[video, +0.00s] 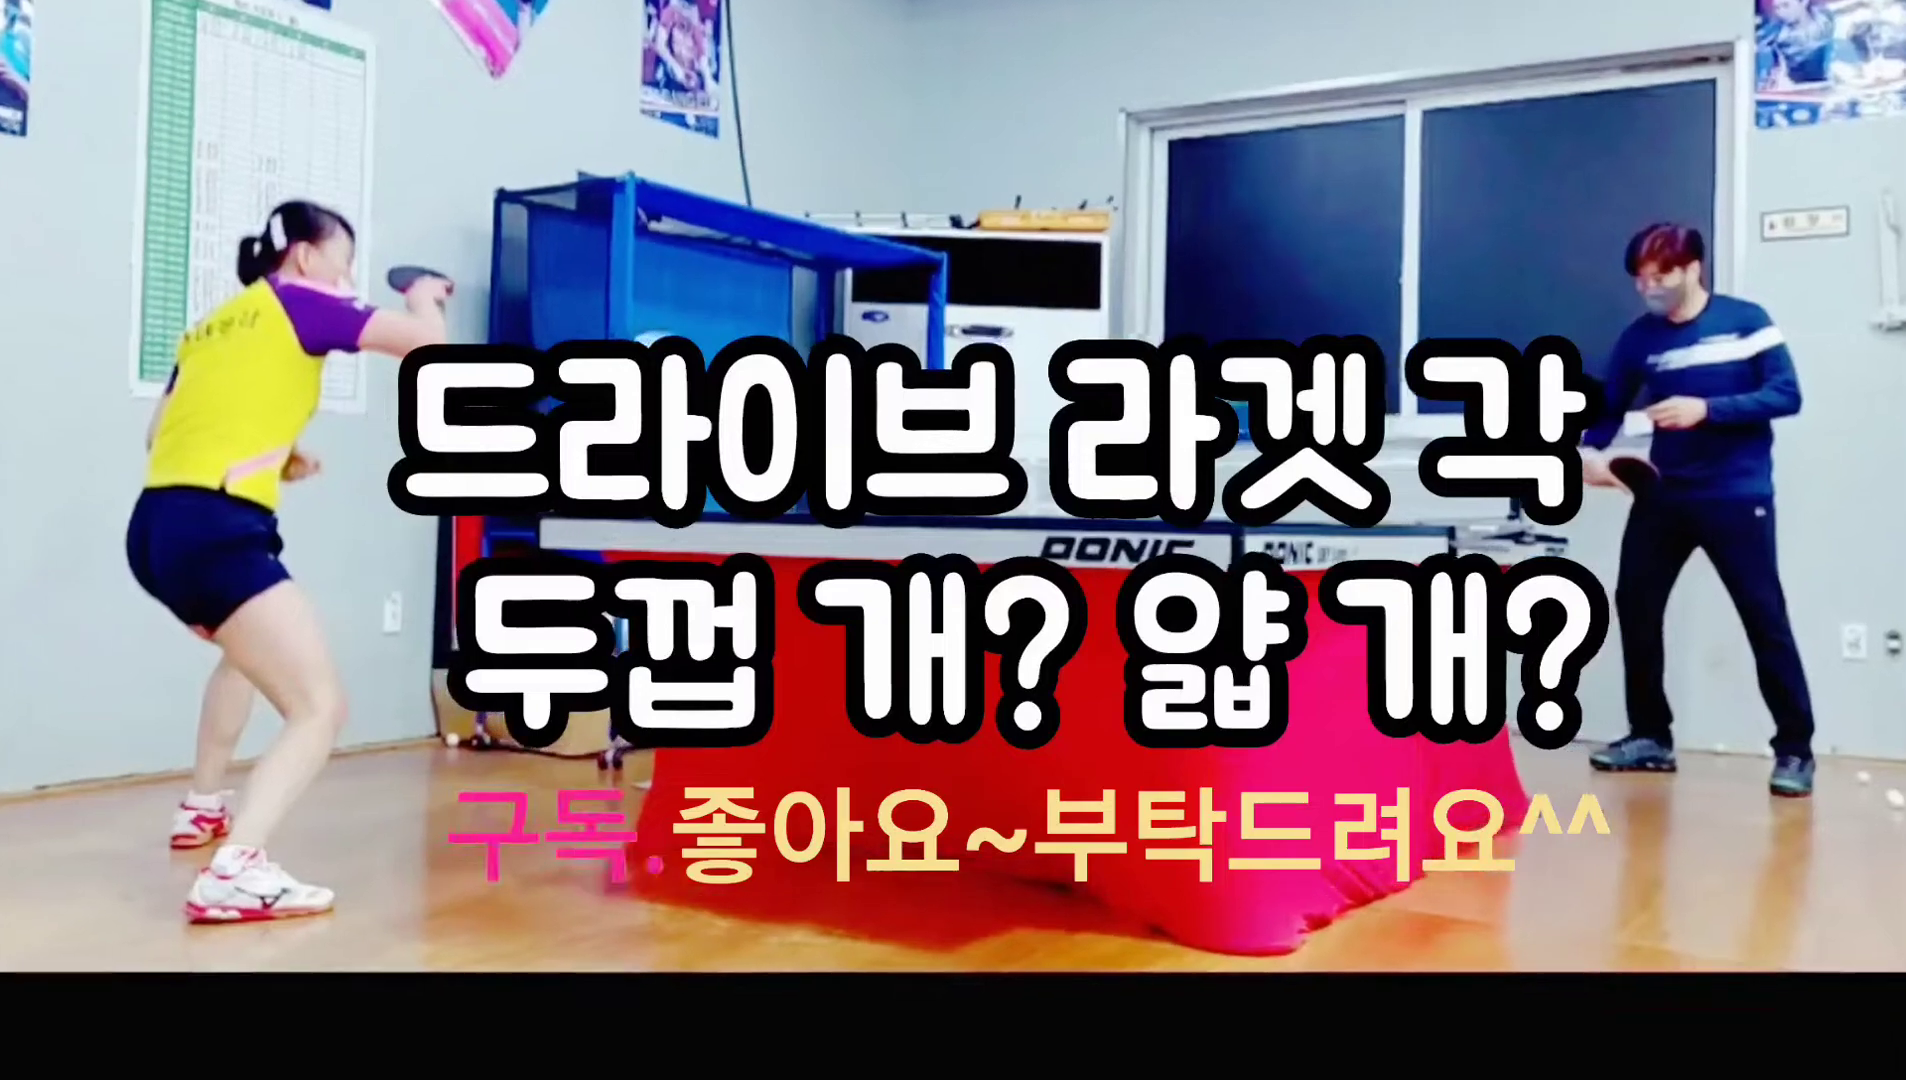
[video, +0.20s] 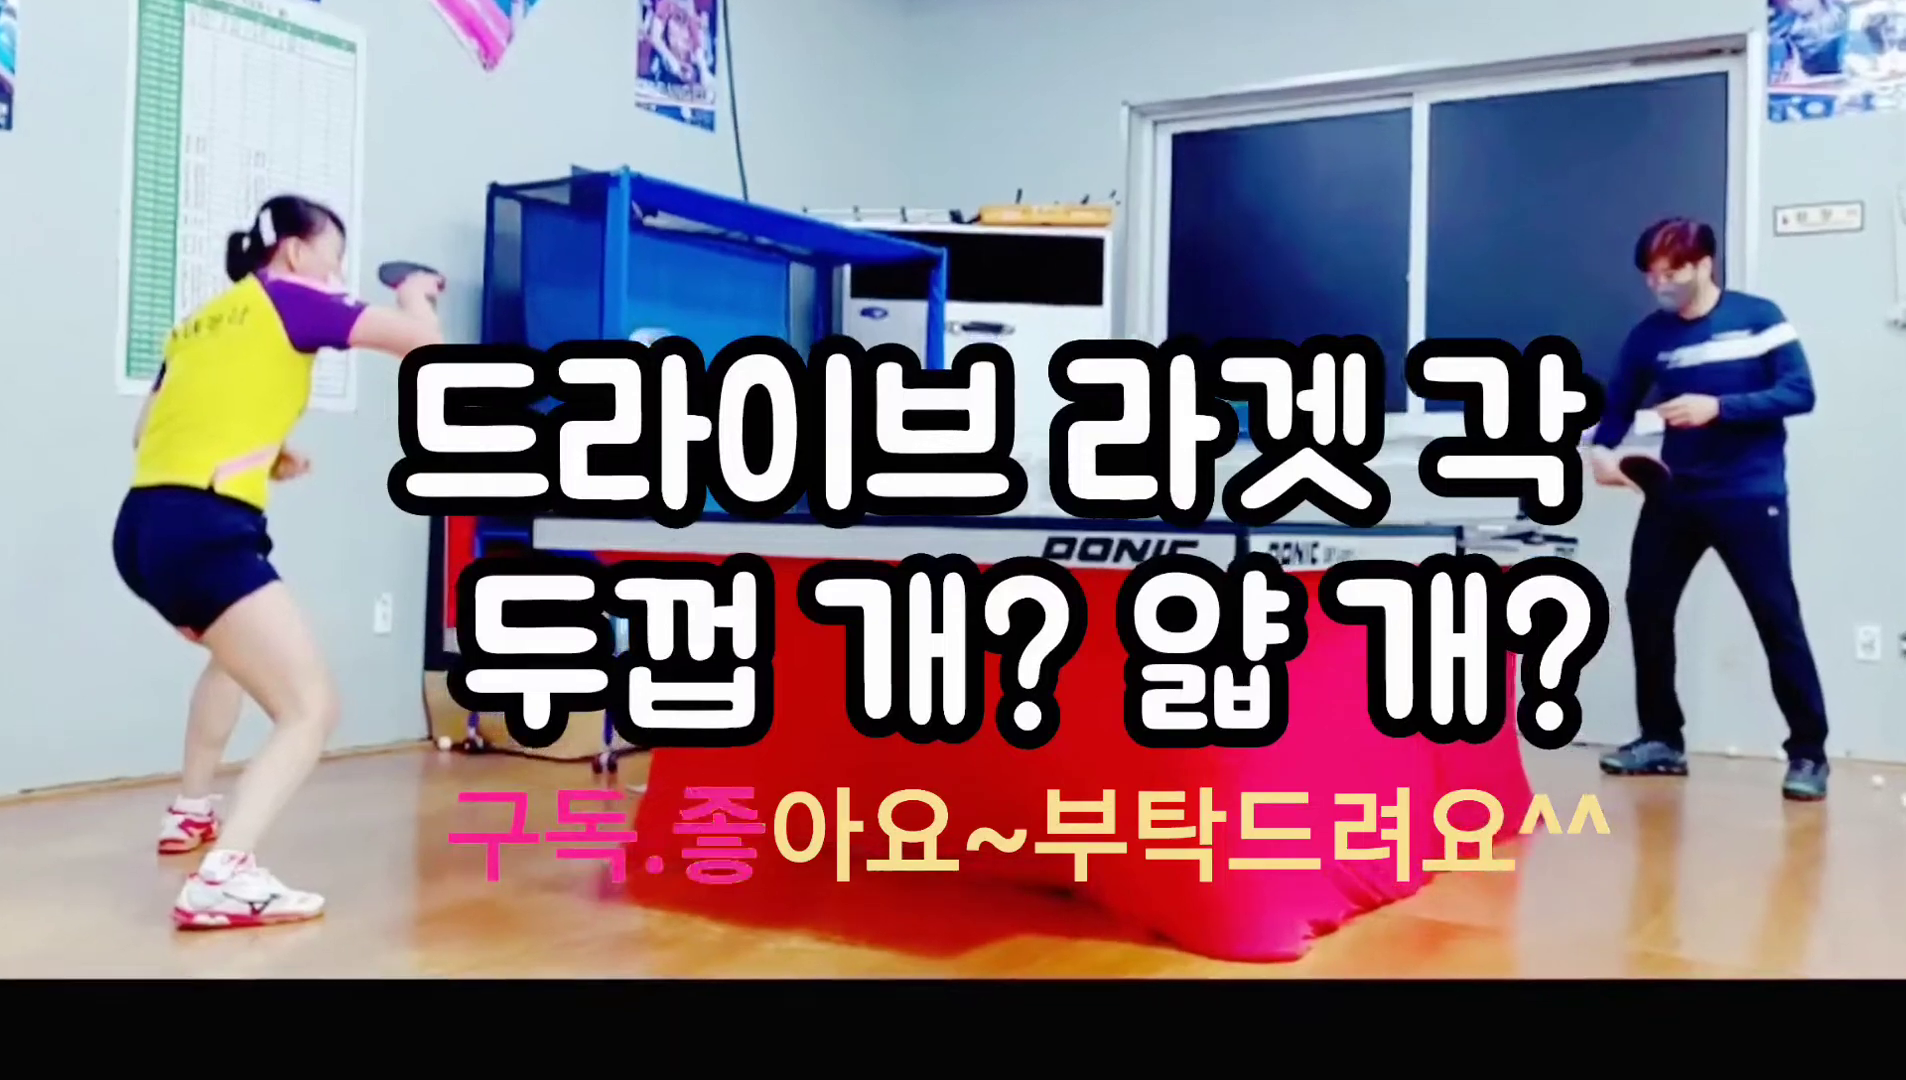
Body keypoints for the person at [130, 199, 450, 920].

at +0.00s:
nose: (347, 275)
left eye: (349, 263)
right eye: (342, 259)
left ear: (280, 257)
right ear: (302, 252)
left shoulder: (210, 326)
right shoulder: (299, 302)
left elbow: (164, 440)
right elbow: (425, 341)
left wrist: (273, 463)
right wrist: (425, 301)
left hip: (154, 527)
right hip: (217, 526)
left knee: (245, 651)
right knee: (319, 707)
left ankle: (204, 803)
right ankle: (237, 867)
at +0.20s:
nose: (337, 272)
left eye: (340, 259)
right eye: (332, 256)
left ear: (270, 252)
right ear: (290, 247)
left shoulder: (199, 322)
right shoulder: (290, 299)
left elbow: (153, 437)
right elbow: (421, 340)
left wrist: (262, 460)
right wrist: (414, 296)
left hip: (141, 527)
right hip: (205, 527)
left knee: (234, 654)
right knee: (310, 708)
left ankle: (192, 809)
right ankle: (226, 873)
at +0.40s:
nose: (327, 267)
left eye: (330, 254)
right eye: (323, 250)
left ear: (260, 246)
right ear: (282, 241)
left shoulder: (188, 318)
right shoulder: (279, 295)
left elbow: (141, 435)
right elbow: (415, 338)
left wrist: (252, 458)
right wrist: (406, 293)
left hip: (128, 527)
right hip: (194, 528)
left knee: (224, 655)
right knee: (298, 712)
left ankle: (180, 813)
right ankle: (215, 877)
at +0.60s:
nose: (319, 262)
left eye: (321, 249)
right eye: (314, 245)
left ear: (249, 241)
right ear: (271, 237)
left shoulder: (177, 314)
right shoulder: (268, 291)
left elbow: (133, 431)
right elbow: (405, 336)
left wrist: (242, 458)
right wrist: (397, 290)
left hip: (116, 527)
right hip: (182, 527)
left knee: (211, 657)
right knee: (289, 716)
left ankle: (168, 816)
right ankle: (203, 883)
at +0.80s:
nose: (310, 256)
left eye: (312, 242)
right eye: (305, 239)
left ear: (239, 238)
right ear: (261, 233)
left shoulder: (164, 310)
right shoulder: (259, 288)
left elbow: (117, 428)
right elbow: (395, 330)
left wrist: (230, 454)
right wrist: (391, 285)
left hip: (102, 526)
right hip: (170, 525)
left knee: (200, 660)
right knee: (279, 718)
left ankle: (157, 821)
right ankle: (192, 888)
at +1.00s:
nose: (299, 253)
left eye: (301, 240)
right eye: (294, 236)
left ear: (229, 233)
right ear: (250, 229)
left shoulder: (154, 306)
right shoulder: (247, 284)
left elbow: (106, 426)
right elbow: (386, 325)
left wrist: (219, 455)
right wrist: (382, 279)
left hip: (90, 525)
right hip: (159, 525)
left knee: (189, 663)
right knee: (268, 721)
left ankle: (144, 824)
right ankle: (180, 893)